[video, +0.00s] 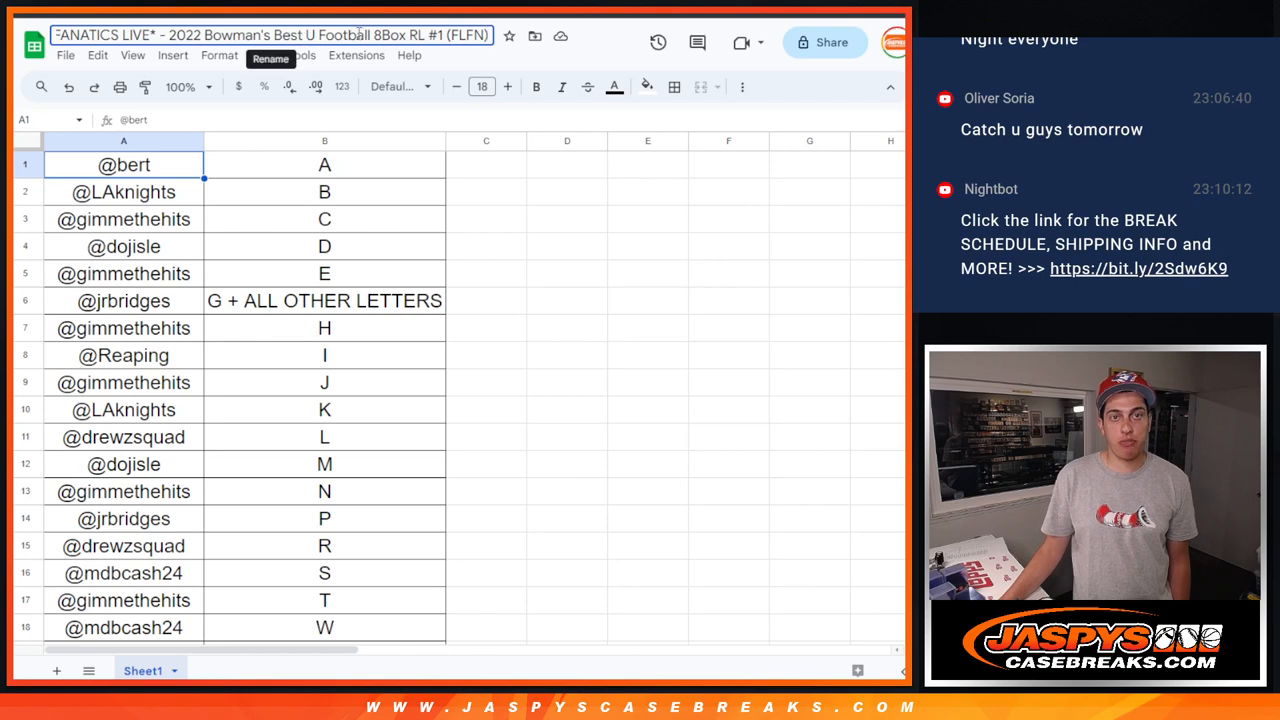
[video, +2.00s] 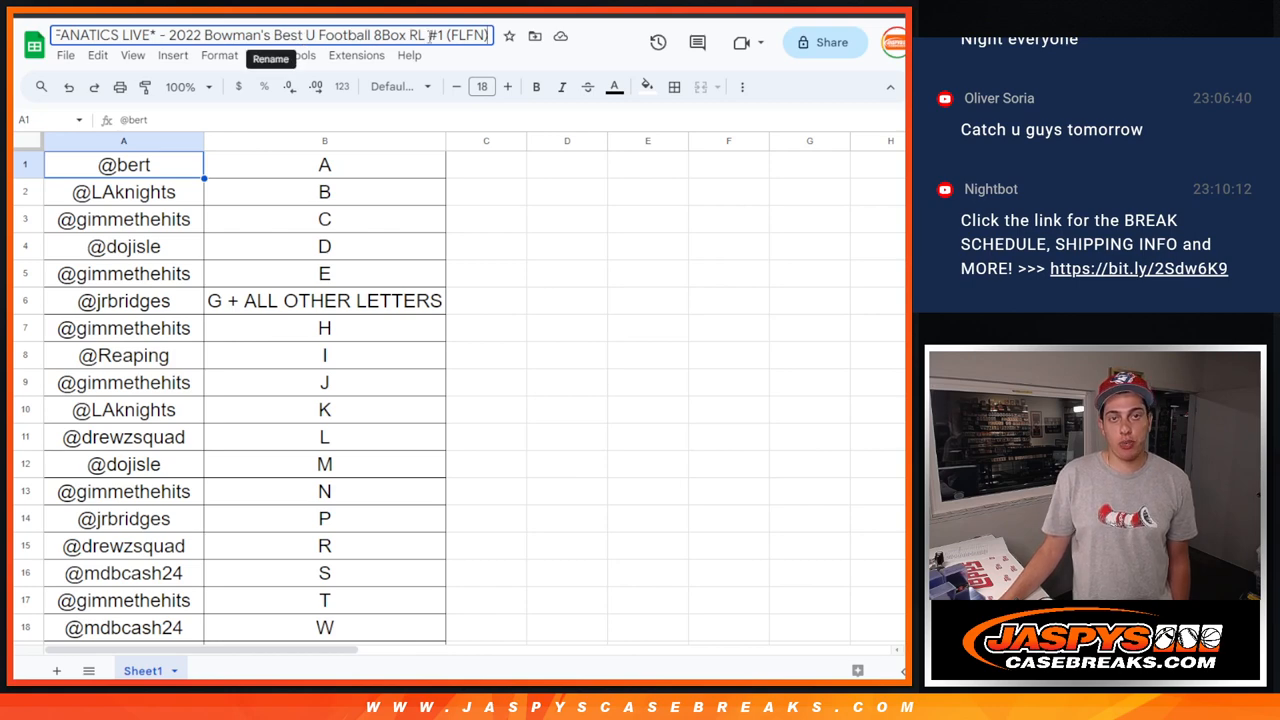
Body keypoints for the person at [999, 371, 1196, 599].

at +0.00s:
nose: (1127, 428)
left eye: (1137, 415)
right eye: (1115, 416)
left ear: (1149, 421)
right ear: (1101, 425)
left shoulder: (1175, 481)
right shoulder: (1073, 476)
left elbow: (1179, 557)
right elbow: (1051, 549)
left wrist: (1180, 611)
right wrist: (1007, 599)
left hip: (1153, 607)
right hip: (1090, 607)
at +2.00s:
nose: (1125, 429)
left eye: (1135, 416)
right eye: (1114, 417)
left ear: (1149, 421)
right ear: (1101, 425)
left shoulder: (1175, 481)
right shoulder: (1074, 475)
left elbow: (1179, 556)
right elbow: (1051, 549)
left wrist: (1179, 610)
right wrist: (1007, 599)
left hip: (1153, 607)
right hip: (1090, 606)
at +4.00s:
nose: (1126, 429)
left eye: (1136, 416)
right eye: (1115, 418)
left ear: (1150, 421)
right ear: (1101, 425)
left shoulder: (1176, 481)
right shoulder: (1074, 476)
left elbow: (1180, 557)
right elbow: (1052, 550)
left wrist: (1180, 611)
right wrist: (1007, 599)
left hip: (1153, 606)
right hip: (1090, 606)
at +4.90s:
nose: (1125, 430)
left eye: (1135, 416)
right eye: (1113, 418)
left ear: (1149, 419)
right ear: (1100, 425)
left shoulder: (1176, 481)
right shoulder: (1073, 477)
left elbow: (1180, 557)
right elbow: (1052, 549)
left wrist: (1181, 609)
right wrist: (1008, 599)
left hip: (1153, 609)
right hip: (1089, 611)